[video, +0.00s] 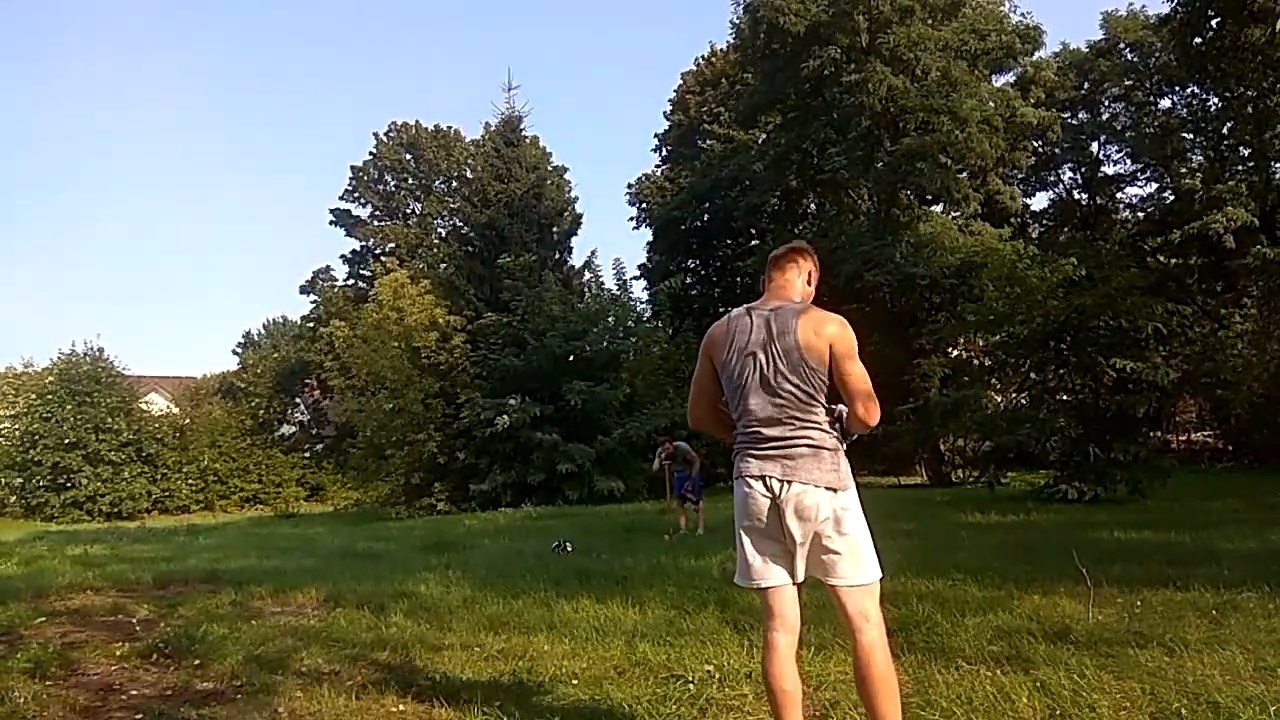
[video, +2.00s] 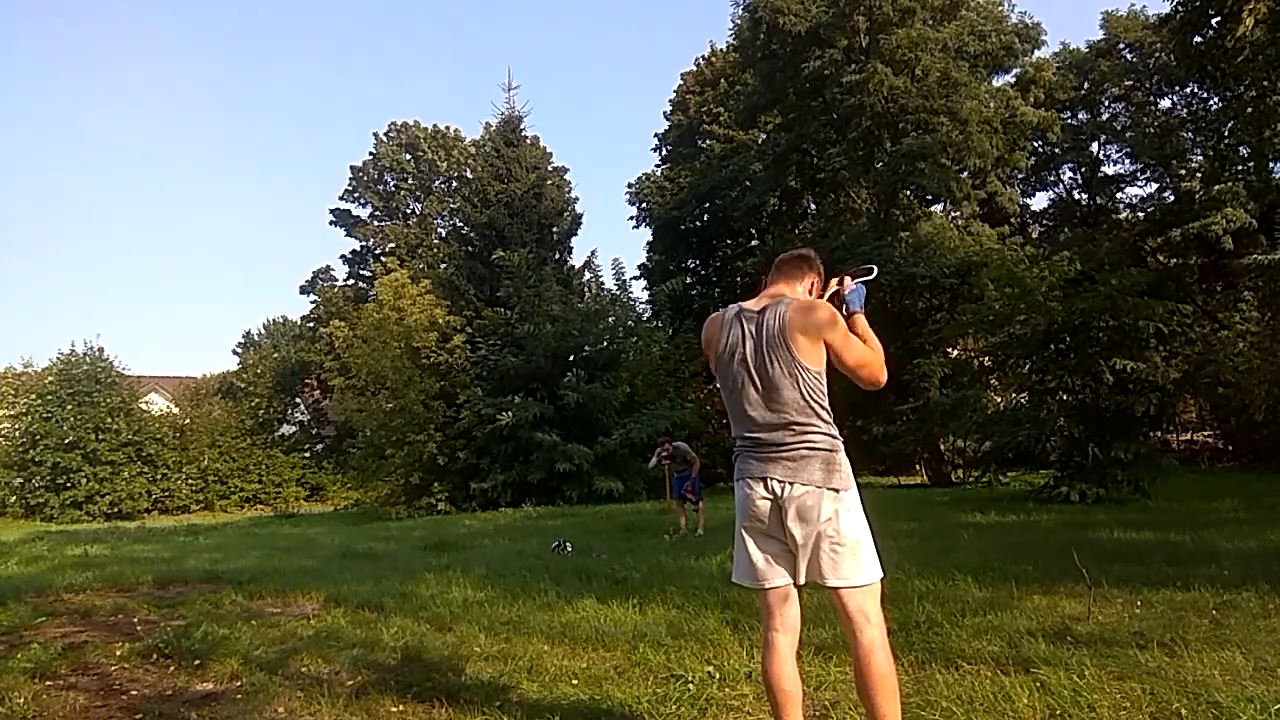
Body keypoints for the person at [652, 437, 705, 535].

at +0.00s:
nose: (666, 451)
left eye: (668, 448)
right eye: (664, 450)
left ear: (672, 445)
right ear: (662, 449)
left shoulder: (682, 447)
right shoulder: (661, 452)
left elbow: (696, 461)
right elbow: (655, 468)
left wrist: (692, 479)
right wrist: (660, 459)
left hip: (691, 472)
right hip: (678, 474)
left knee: (697, 501)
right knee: (679, 501)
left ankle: (700, 527)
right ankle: (683, 528)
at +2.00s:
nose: (666, 452)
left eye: (668, 449)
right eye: (664, 450)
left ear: (671, 445)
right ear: (661, 449)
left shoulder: (682, 447)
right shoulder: (660, 451)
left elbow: (696, 462)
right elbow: (650, 466)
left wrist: (692, 480)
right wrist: (659, 458)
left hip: (690, 473)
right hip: (677, 474)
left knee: (697, 501)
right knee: (679, 502)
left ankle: (700, 527)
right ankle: (683, 528)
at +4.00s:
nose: (668, 452)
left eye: (669, 449)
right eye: (665, 450)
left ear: (673, 446)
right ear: (662, 449)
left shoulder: (683, 447)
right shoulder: (661, 451)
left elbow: (697, 462)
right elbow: (653, 467)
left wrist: (692, 480)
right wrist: (659, 460)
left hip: (690, 472)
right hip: (677, 474)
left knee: (697, 501)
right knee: (679, 502)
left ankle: (700, 528)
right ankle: (683, 528)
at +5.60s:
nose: (669, 444)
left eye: (670, 442)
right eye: (666, 443)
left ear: (673, 438)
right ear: (663, 442)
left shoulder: (683, 442)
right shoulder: (662, 447)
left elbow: (697, 455)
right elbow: (660, 462)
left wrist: (690, 470)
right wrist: (664, 470)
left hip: (690, 471)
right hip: (677, 473)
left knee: (696, 499)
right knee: (679, 502)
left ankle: (700, 527)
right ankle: (683, 528)